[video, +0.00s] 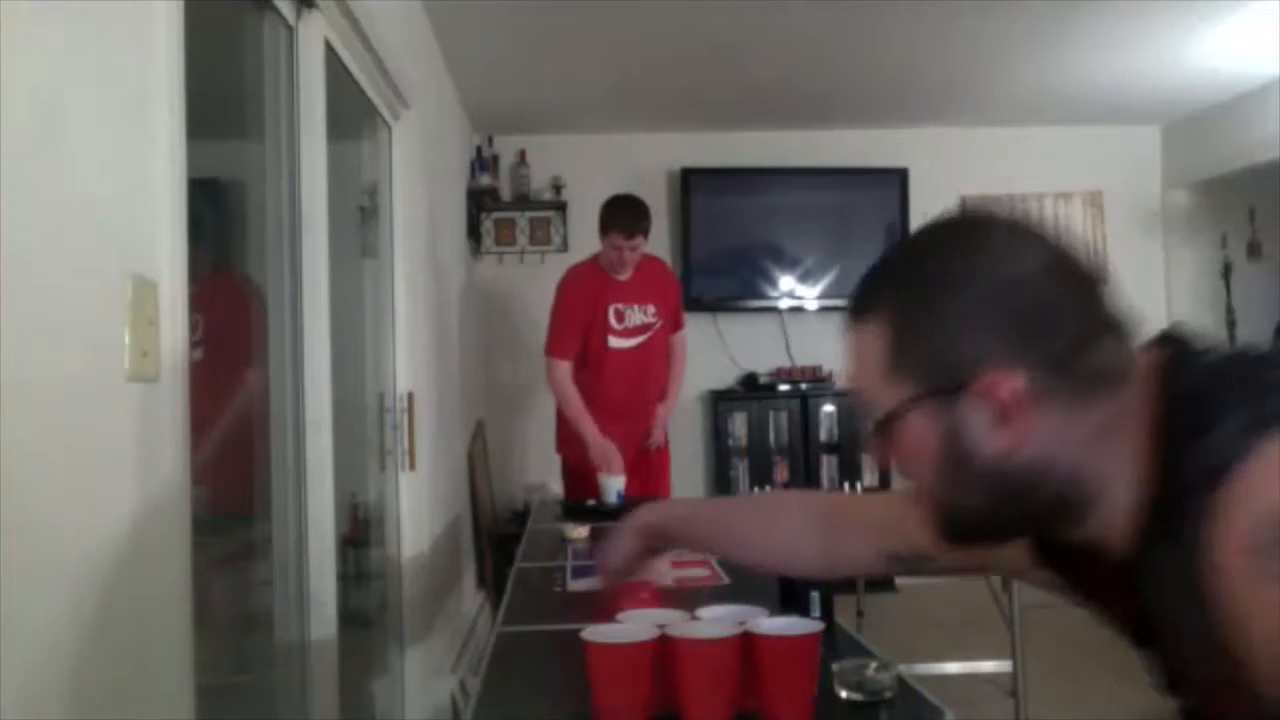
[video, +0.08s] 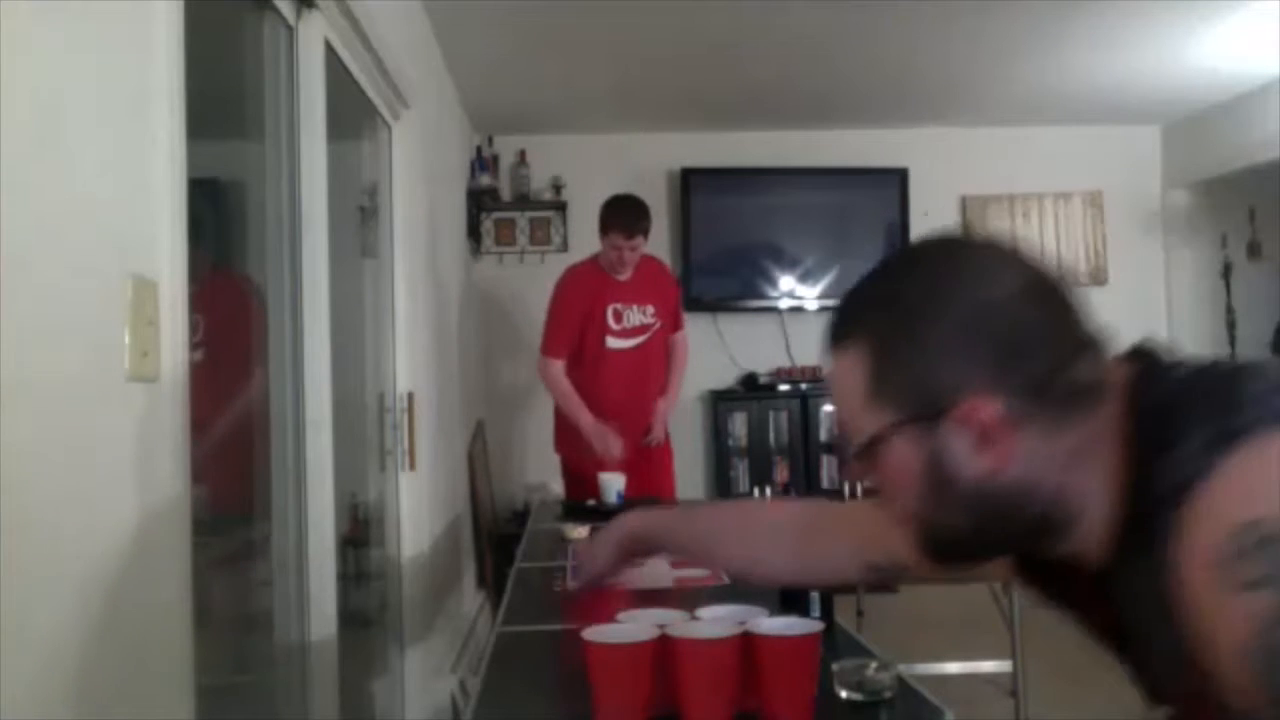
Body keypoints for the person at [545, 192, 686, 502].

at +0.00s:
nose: (625, 258)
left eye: (634, 249)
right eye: (616, 249)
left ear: (645, 242)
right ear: (602, 239)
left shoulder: (662, 277)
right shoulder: (578, 283)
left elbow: (677, 341)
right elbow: (558, 370)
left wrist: (667, 406)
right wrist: (594, 441)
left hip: (648, 440)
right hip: (590, 444)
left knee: (650, 540)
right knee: (595, 544)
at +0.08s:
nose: (625, 258)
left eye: (634, 249)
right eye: (616, 248)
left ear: (645, 242)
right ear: (602, 239)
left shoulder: (659, 276)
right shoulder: (576, 283)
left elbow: (678, 340)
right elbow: (551, 366)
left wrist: (667, 402)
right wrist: (590, 427)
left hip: (649, 441)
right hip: (590, 446)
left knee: (657, 540)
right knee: (598, 545)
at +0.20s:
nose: (626, 258)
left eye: (635, 250)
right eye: (617, 248)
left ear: (646, 243)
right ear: (603, 238)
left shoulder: (658, 278)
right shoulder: (573, 282)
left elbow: (679, 338)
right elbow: (546, 360)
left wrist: (668, 399)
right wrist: (586, 414)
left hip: (649, 438)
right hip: (591, 442)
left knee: (659, 538)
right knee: (598, 544)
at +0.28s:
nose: (626, 258)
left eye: (636, 249)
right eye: (618, 247)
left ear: (647, 243)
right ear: (604, 237)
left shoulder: (659, 279)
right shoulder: (573, 280)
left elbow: (679, 339)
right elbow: (548, 358)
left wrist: (669, 399)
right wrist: (586, 417)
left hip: (649, 435)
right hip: (592, 438)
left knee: (654, 537)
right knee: (597, 539)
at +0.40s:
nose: (629, 254)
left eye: (638, 245)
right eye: (621, 244)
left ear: (648, 240)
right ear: (605, 235)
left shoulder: (660, 280)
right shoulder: (575, 279)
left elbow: (677, 342)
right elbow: (554, 360)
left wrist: (668, 404)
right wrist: (586, 428)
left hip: (647, 440)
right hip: (590, 440)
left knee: (646, 539)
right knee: (594, 543)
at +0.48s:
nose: (629, 252)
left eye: (638, 243)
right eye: (621, 242)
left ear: (649, 239)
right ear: (606, 235)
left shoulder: (660, 280)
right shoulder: (576, 280)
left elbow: (674, 345)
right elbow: (557, 362)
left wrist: (669, 410)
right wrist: (588, 431)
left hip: (646, 441)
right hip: (590, 442)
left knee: (643, 544)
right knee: (593, 544)